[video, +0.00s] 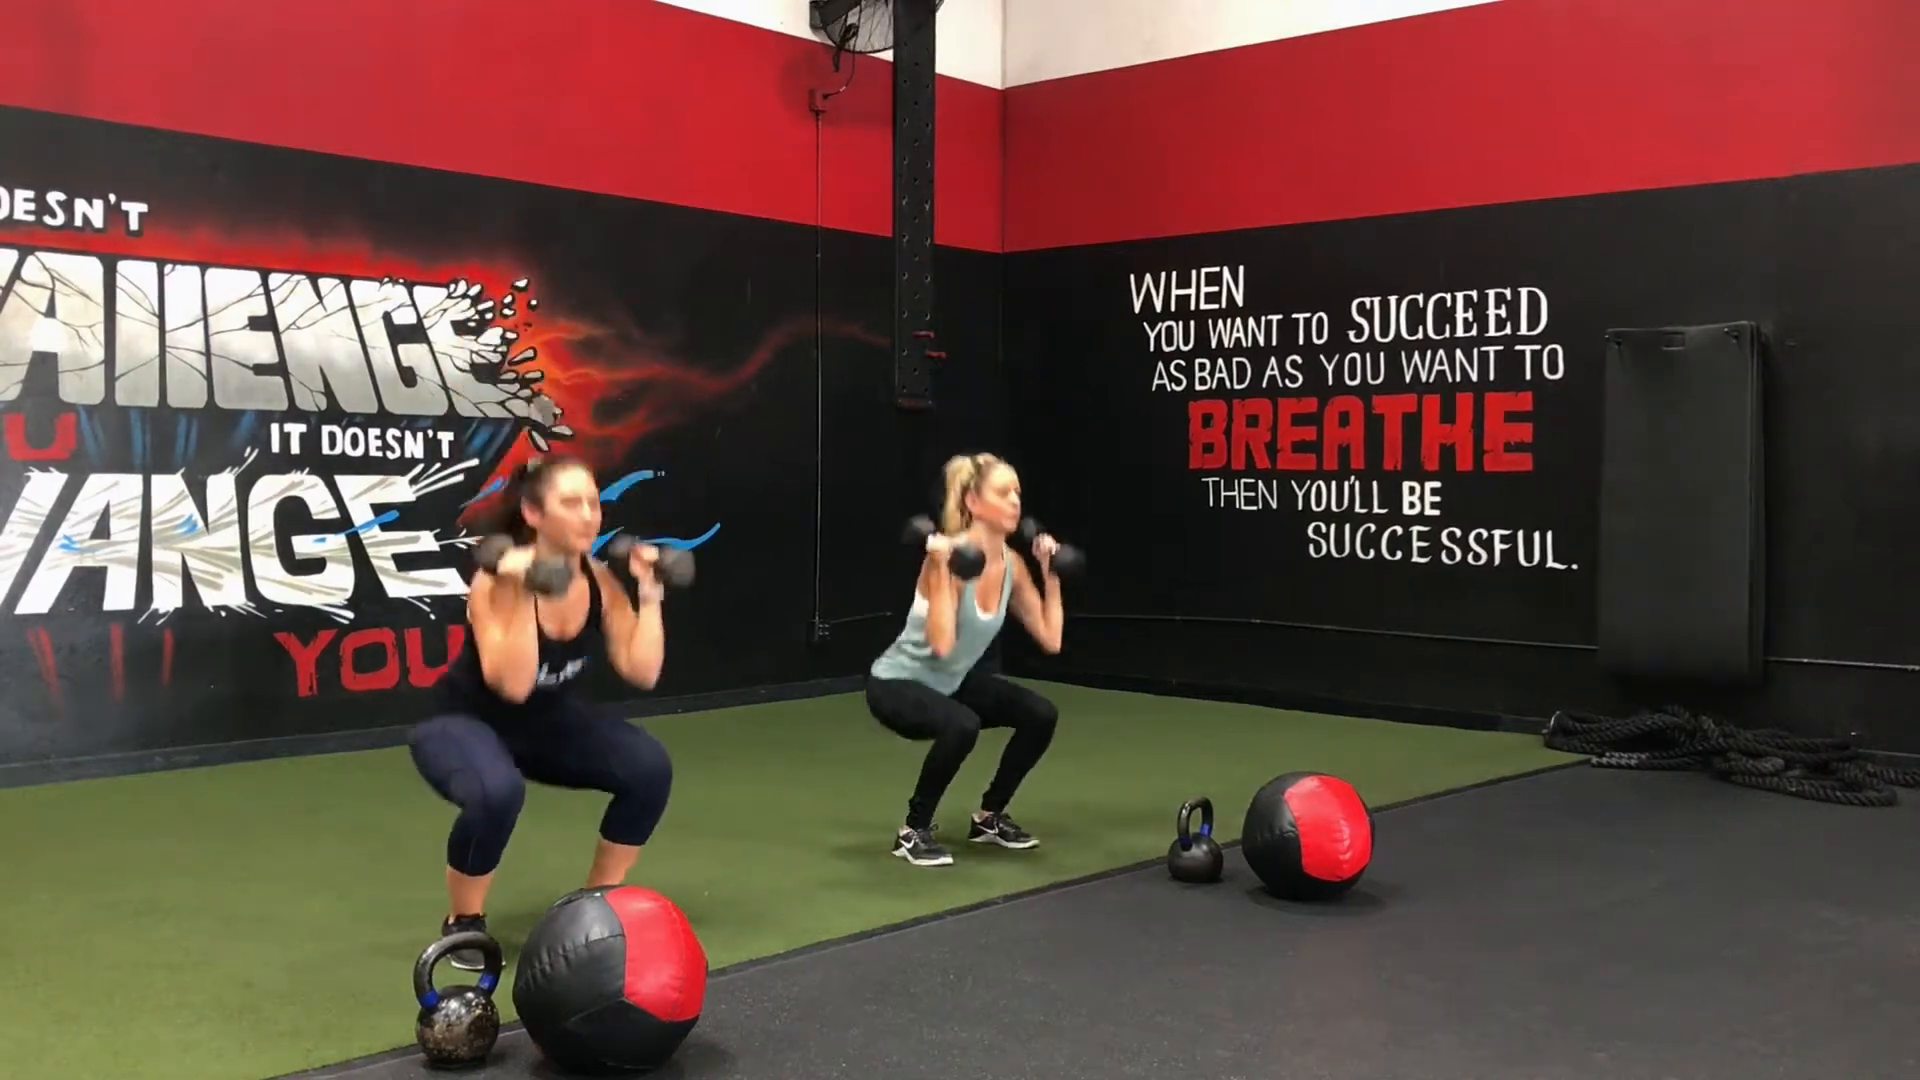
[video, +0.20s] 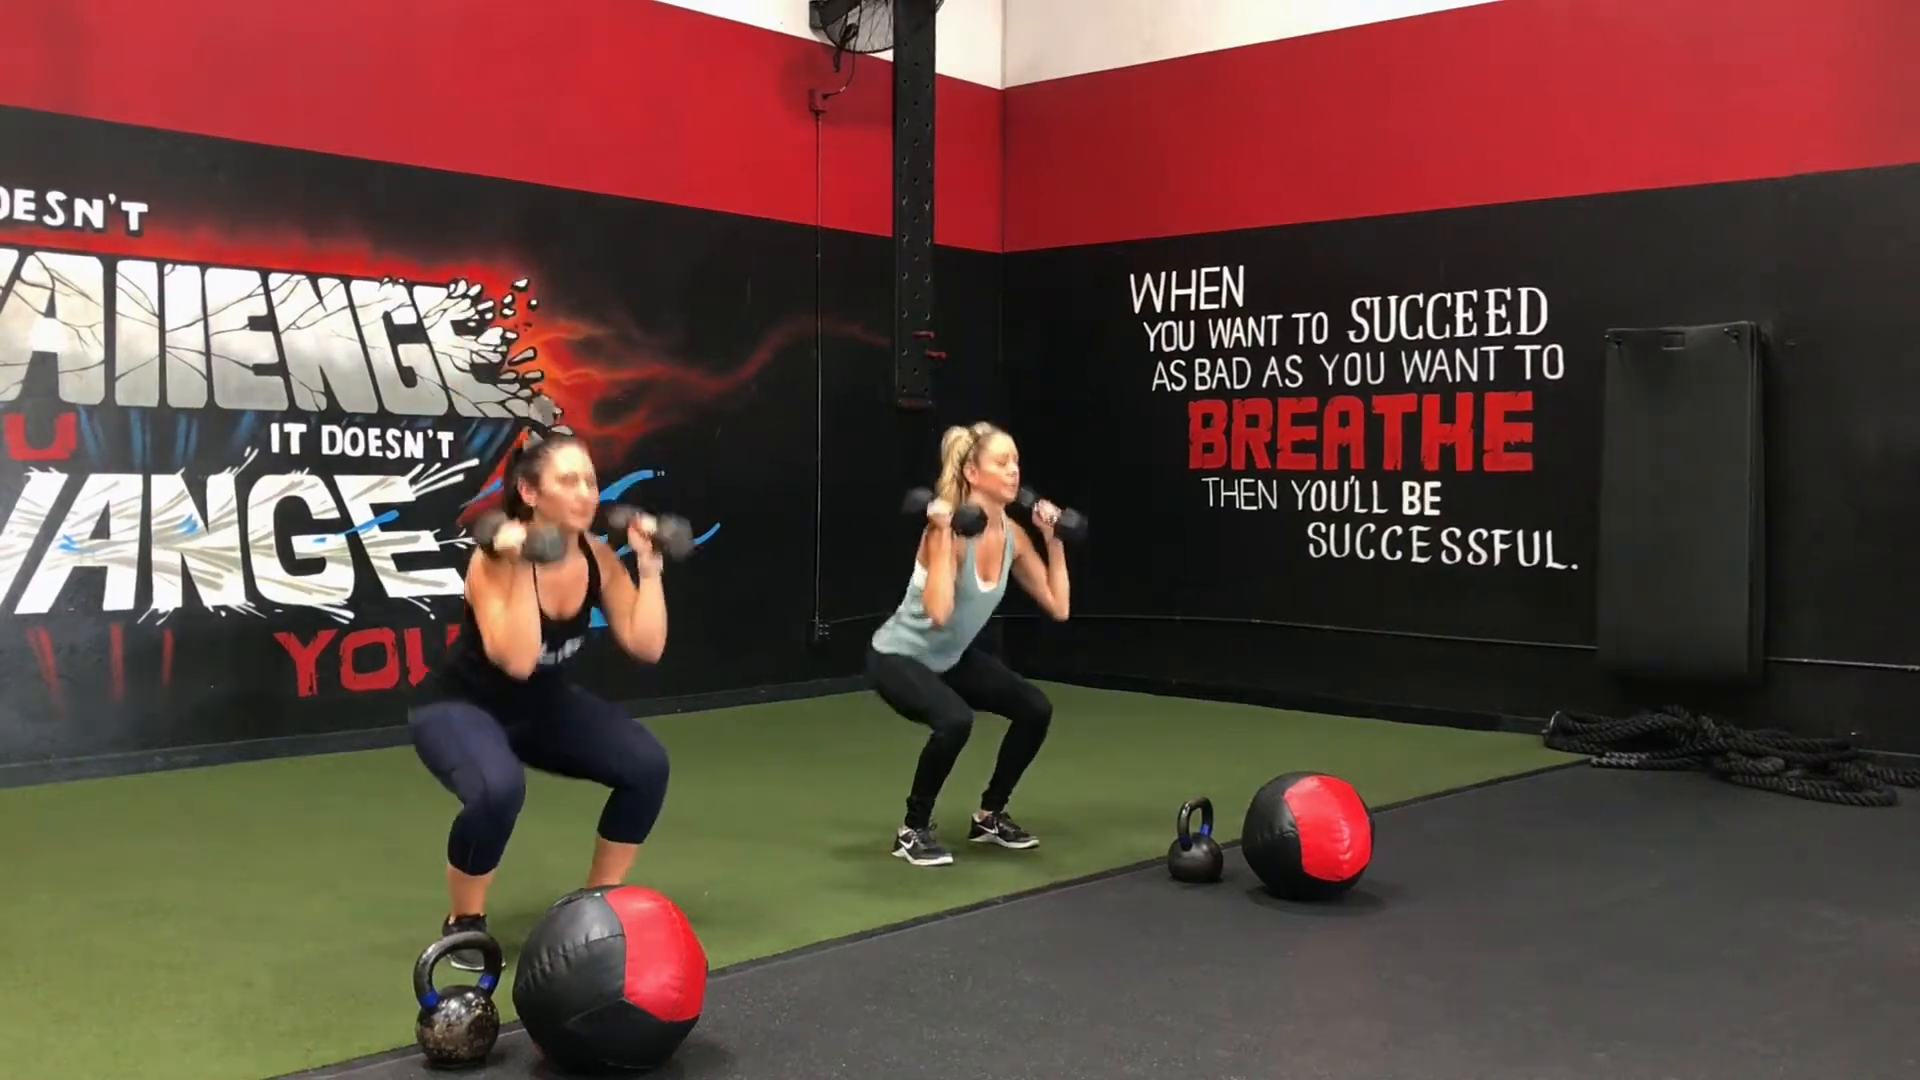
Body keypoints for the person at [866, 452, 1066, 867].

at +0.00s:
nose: (1015, 502)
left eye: (1016, 493)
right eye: (1003, 493)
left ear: (1019, 500)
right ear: (972, 502)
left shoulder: (1011, 563)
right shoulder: (945, 556)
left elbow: (1051, 640)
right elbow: (941, 643)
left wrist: (1050, 573)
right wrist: (945, 567)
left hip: (951, 683)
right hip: (896, 682)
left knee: (1040, 715)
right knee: (960, 725)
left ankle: (990, 817)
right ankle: (915, 831)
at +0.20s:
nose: (1015, 473)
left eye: (1016, 463)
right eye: (1003, 464)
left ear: (1014, 473)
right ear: (971, 473)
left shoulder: (1011, 533)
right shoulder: (947, 531)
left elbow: (1058, 608)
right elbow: (939, 613)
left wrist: (1053, 539)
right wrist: (942, 535)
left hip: (950, 658)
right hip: (897, 657)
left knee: (1034, 711)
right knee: (954, 720)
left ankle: (990, 817)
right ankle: (915, 830)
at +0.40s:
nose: (991, 345)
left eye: (995, 337)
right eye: (980, 335)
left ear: (996, 346)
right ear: (952, 342)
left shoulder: (1001, 402)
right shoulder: (936, 402)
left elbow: (1079, 391)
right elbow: (929, 378)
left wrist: (1058, 325)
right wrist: (933, 309)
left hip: (983, 571)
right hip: (931, 572)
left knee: (998, 686)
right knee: (941, 691)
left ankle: (987, 813)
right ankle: (913, 826)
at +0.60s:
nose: (987, 336)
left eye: (990, 328)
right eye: (975, 325)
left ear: (994, 339)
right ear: (947, 332)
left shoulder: (996, 386)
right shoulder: (935, 389)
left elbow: (1048, 312)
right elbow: (941, 304)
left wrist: (1059, 235)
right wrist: (936, 223)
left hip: (988, 568)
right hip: (936, 569)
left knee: (988, 688)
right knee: (939, 687)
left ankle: (987, 813)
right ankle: (913, 824)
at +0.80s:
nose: (1005, 404)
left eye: (1005, 395)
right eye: (993, 395)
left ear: (1000, 402)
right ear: (963, 402)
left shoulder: (1005, 464)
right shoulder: (941, 457)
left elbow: (1067, 521)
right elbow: (948, 514)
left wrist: (1066, 451)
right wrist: (939, 434)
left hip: (956, 610)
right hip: (905, 609)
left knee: (1022, 697)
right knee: (955, 704)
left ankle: (988, 814)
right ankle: (914, 826)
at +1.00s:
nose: (1019, 522)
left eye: (1019, 514)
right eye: (1006, 514)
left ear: (1024, 522)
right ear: (976, 526)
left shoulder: (1015, 585)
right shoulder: (947, 580)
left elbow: (1046, 663)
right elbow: (948, 674)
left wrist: (1055, 596)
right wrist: (949, 598)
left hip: (951, 695)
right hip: (894, 695)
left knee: (1040, 709)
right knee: (958, 724)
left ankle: (990, 816)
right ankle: (914, 831)